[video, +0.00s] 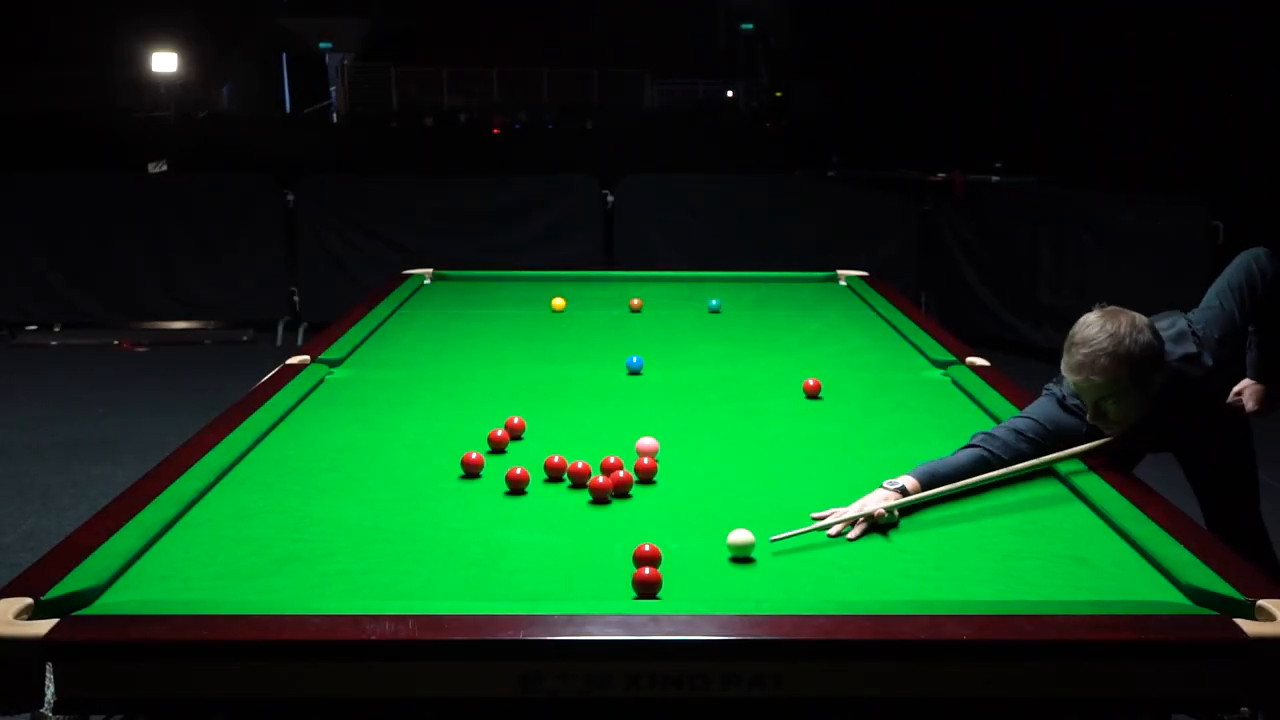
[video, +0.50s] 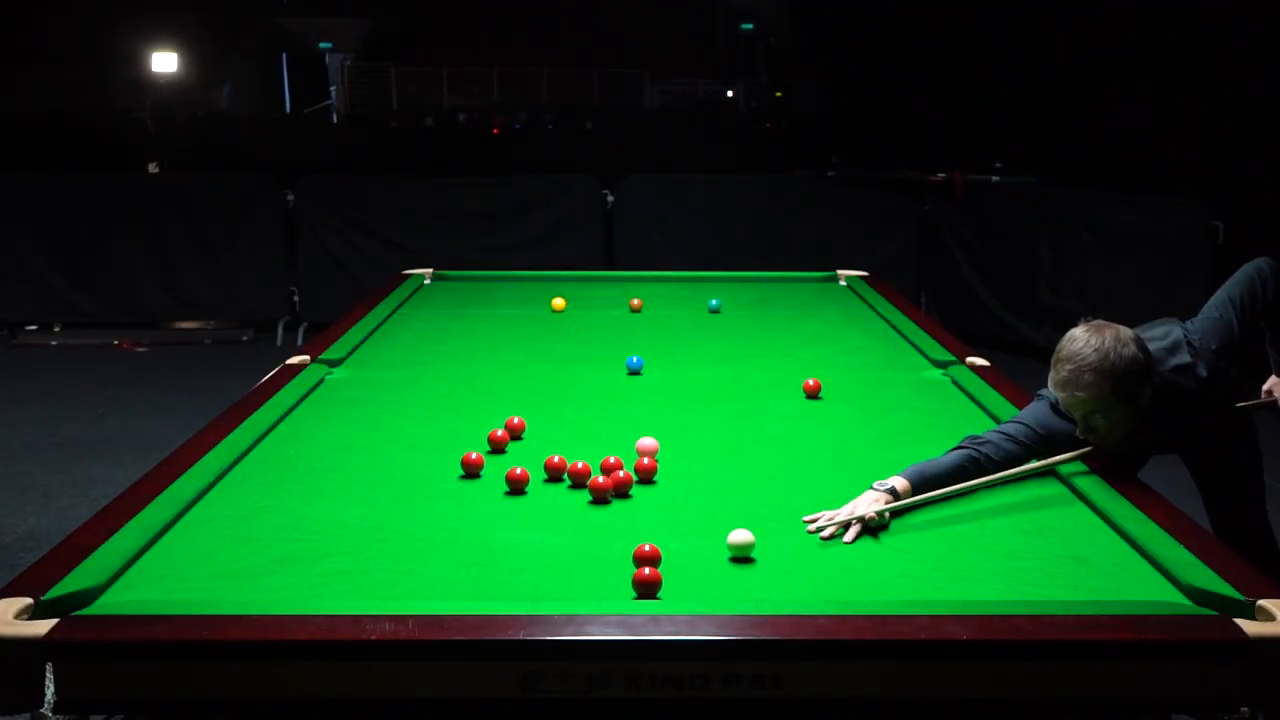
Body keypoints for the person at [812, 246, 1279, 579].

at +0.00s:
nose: (1091, 417)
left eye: (1105, 403)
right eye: (1081, 402)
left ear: (1146, 383)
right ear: (1070, 383)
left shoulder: (1202, 344)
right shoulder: (1069, 402)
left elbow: (1257, 263)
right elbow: (995, 445)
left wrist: (1261, 372)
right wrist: (898, 490)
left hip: (1209, 419)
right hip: (1141, 431)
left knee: (1237, 530)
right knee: (1119, 531)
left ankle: (1268, 612)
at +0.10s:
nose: (1082, 431)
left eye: (1094, 417)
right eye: (1073, 417)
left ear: (1136, 398)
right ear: (1064, 396)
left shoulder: (1202, 350)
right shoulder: (1069, 402)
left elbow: (1259, 269)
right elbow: (990, 447)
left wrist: (1272, 371)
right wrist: (889, 492)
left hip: (1215, 422)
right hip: (1141, 434)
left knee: (1241, 534)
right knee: (1104, 528)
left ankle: (1266, 614)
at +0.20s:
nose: (1081, 428)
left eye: (1092, 415)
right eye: (1071, 415)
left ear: (1133, 397)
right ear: (1062, 395)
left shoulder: (1200, 350)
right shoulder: (1067, 403)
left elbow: (1258, 269)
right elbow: (989, 447)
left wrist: (1269, 372)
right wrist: (890, 491)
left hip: (1215, 420)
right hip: (1140, 433)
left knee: (1242, 533)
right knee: (1102, 527)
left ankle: (1265, 612)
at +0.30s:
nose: (1082, 431)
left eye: (1093, 416)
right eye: (1072, 417)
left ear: (1134, 397)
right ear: (1063, 397)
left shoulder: (1200, 351)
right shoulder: (1068, 400)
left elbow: (1256, 270)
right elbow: (990, 446)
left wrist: (1259, 376)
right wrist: (890, 491)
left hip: (1213, 422)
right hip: (1140, 435)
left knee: (1242, 532)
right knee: (1103, 527)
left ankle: (1266, 611)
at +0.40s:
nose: (1082, 432)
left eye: (1094, 417)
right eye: (1072, 417)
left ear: (1135, 397)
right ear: (1062, 396)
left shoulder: (1203, 354)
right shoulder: (1067, 401)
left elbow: (1263, 275)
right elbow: (989, 447)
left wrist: (1279, 366)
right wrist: (888, 491)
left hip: (1217, 417)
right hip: (1142, 430)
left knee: (1241, 528)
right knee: (1109, 524)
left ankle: (1265, 606)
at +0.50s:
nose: (1081, 431)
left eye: (1092, 416)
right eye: (1070, 416)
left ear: (1133, 397)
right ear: (1061, 396)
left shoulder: (1203, 351)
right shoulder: (1066, 402)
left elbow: (1263, 273)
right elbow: (989, 447)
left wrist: (1279, 366)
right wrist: (889, 491)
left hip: (1217, 420)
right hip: (1140, 433)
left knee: (1242, 532)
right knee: (1106, 529)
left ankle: (1265, 611)